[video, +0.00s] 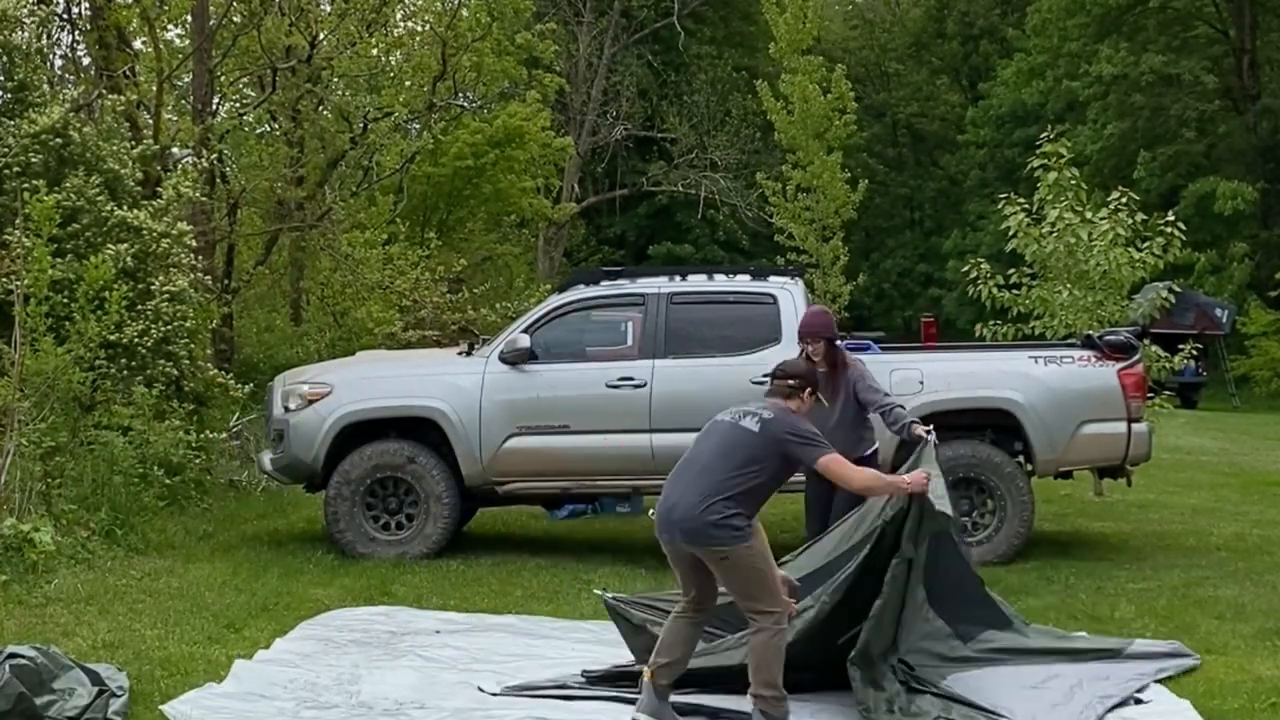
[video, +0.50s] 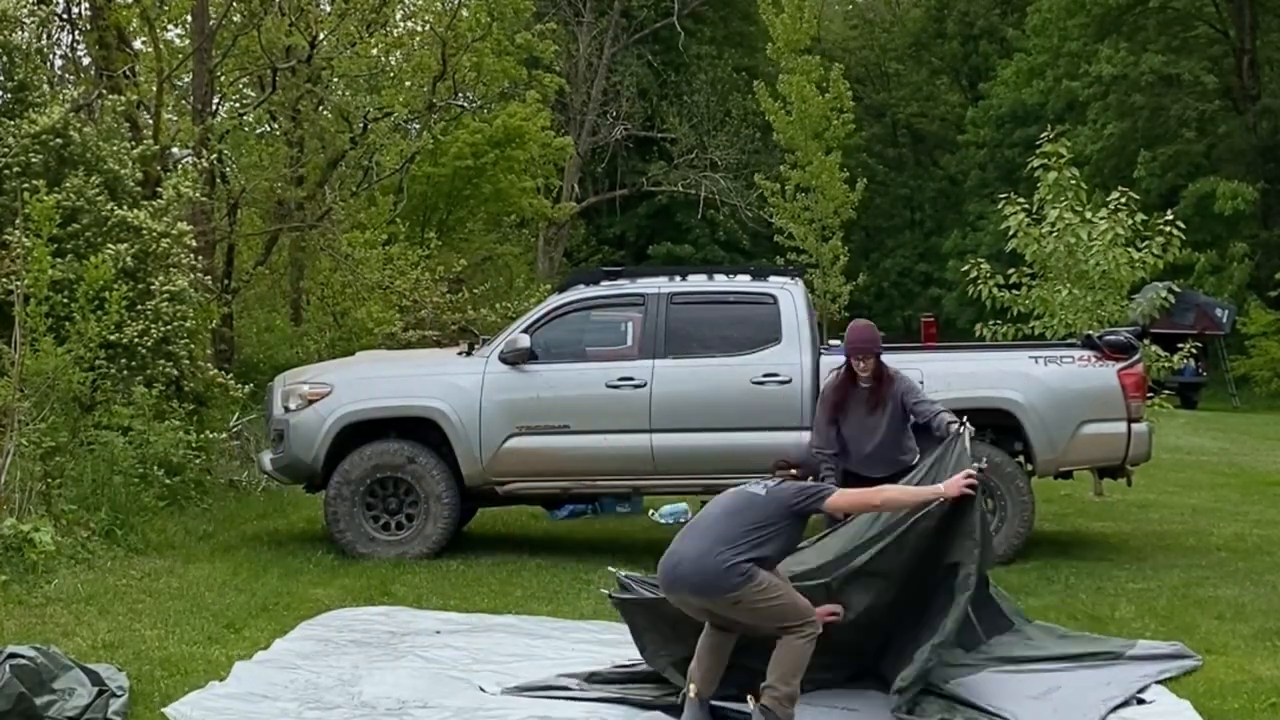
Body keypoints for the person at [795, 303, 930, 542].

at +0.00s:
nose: (812, 348)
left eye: (817, 342)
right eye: (806, 343)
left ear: (830, 340)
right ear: (801, 343)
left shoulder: (851, 369)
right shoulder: (800, 370)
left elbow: (882, 402)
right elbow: (786, 414)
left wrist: (909, 427)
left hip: (856, 457)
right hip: (819, 457)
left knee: (842, 530)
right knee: (816, 530)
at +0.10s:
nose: (817, 345)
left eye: (822, 338)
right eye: (811, 339)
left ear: (835, 336)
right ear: (806, 339)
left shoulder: (855, 369)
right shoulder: (796, 370)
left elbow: (886, 405)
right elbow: (785, 422)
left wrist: (915, 429)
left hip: (849, 458)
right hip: (807, 458)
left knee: (838, 530)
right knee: (808, 531)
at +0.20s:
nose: (822, 342)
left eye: (828, 336)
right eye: (816, 337)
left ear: (841, 334)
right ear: (810, 337)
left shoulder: (858, 368)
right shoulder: (799, 366)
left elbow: (889, 404)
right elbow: (786, 411)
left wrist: (918, 428)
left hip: (848, 457)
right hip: (809, 457)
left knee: (840, 527)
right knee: (808, 528)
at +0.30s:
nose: (822, 349)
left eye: (828, 342)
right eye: (816, 343)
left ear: (839, 342)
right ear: (809, 343)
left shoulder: (856, 372)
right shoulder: (795, 374)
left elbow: (886, 404)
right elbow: (782, 418)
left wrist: (917, 429)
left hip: (851, 457)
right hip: (812, 460)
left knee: (843, 525)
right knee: (812, 526)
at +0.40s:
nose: (830, 354)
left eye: (835, 348)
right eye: (824, 348)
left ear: (845, 346)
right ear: (817, 348)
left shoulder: (865, 374)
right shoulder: (803, 380)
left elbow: (896, 408)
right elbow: (795, 428)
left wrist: (927, 435)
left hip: (868, 464)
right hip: (823, 465)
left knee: (872, 532)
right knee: (819, 534)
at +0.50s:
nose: (861, 364)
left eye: (867, 358)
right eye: (855, 358)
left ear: (878, 355)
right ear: (847, 357)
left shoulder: (897, 383)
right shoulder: (833, 390)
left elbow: (927, 410)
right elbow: (824, 447)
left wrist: (952, 425)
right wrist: (830, 491)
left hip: (900, 474)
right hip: (854, 477)